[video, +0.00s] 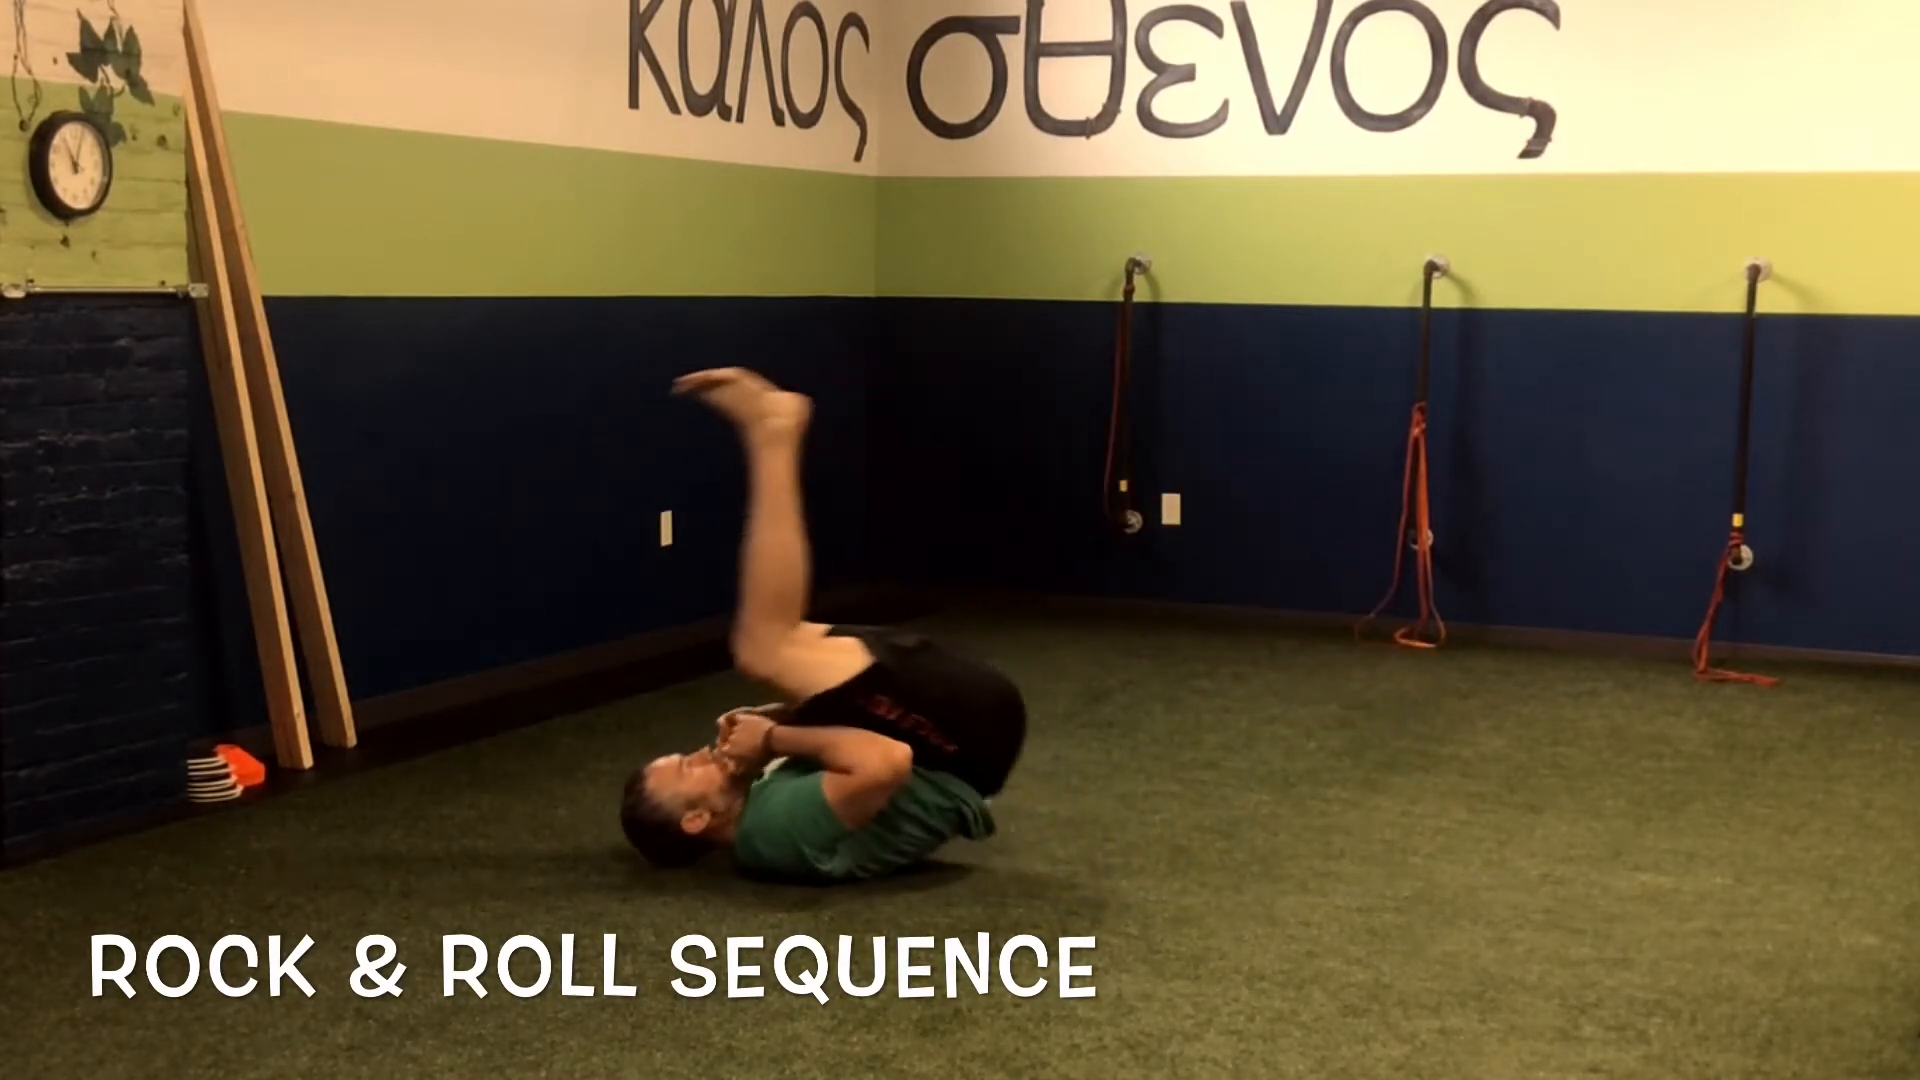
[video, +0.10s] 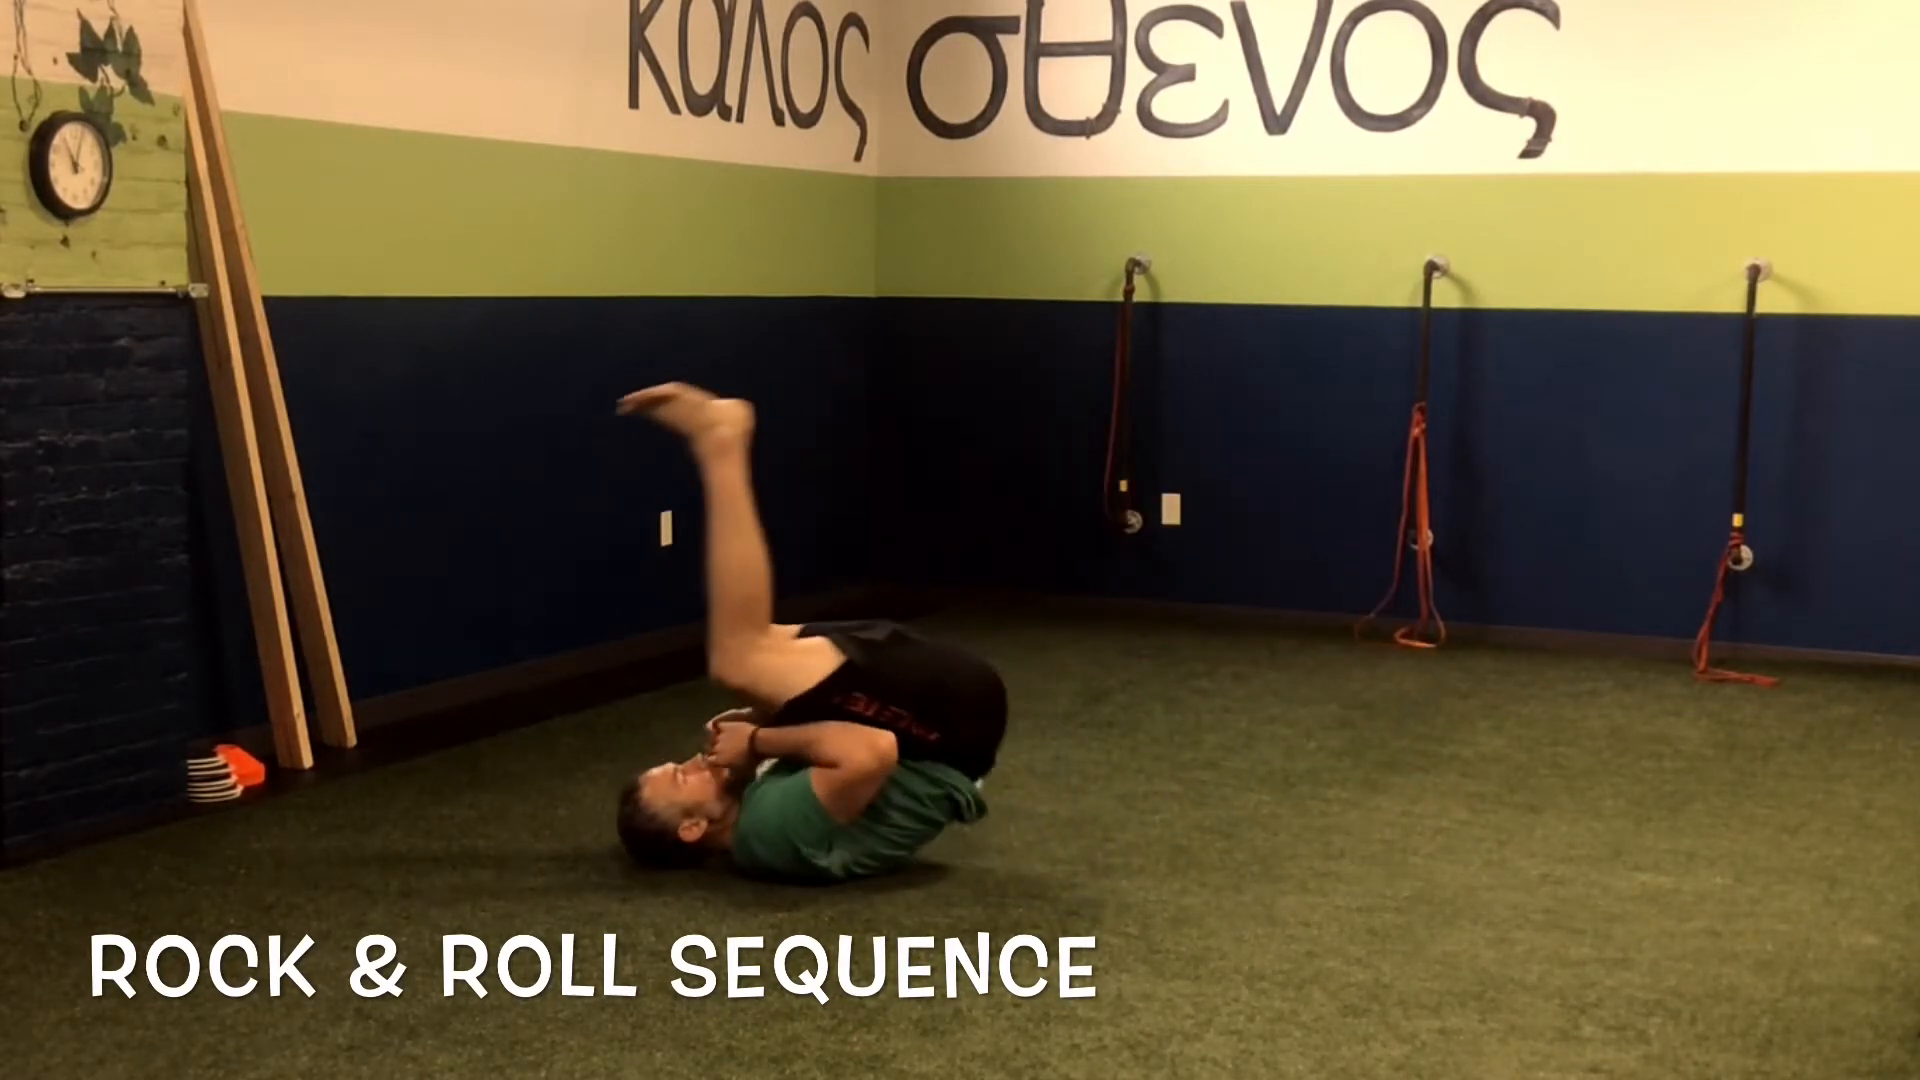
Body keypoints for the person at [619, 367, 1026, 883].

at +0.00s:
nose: (699, 750)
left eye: (682, 755)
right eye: (686, 768)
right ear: (699, 819)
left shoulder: (764, 809)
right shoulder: (773, 830)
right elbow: (888, 762)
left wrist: (763, 744)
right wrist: (772, 736)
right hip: (976, 732)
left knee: (784, 640)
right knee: (762, 646)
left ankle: (774, 431)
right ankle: (773, 431)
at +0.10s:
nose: (692, 760)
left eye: (676, 764)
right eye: (679, 778)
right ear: (695, 826)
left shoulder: (754, 812)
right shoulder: (770, 829)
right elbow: (873, 753)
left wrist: (747, 741)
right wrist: (756, 739)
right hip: (962, 714)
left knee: (759, 645)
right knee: (739, 654)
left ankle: (721, 441)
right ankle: (721, 439)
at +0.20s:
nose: (692, 765)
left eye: (674, 771)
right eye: (678, 782)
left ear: (698, 828)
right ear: (695, 827)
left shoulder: (755, 817)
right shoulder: (766, 832)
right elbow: (863, 743)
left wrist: (740, 734)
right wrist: (748, 746)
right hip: (951, 702)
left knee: (739, 645)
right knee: (720, 663)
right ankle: (681, 448)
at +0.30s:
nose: (684, 769)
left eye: (669, 773)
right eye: (673, 782)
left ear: (692, 832)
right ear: (692, 832)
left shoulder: (751, 816)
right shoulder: (769, 834)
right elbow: (861, 744)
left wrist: (733, 742)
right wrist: (742, 749)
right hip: (945, 692)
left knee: (731, 651)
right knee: (710, 670)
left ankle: (670, 458)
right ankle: (659, 455)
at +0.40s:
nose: (683, 770)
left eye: (669, 774)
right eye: (672, 783)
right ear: (690, 833)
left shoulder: (750, 816)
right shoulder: (768, 836)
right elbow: (862, 748)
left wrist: (735, 744)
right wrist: (742, 749)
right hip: (943, 690)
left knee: (728, 650)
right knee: (709, 672)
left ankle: (667, 461)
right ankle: (656, 458)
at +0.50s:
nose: (686, 769)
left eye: (670, 775)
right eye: (673, 784)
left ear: (695, 828)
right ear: (692, 830)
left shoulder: (749, 817)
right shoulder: (766, 836)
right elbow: (865, 753)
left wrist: (737, 736)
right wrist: (747, 749)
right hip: (946, 693)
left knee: (734, 646)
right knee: (713, 670)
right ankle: (673, 453)